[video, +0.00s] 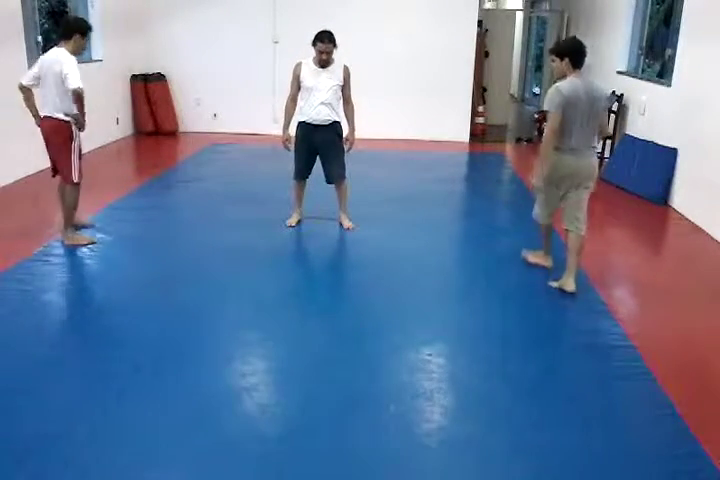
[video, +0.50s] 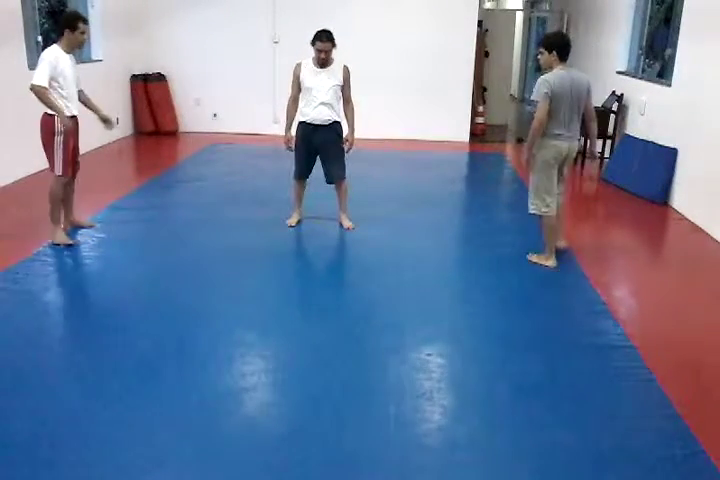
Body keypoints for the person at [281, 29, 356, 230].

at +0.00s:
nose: (324, 57)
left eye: (329, 53)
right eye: (321, 52)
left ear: (334, 50)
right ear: (313, 49)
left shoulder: (342, 71)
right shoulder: (301, 68)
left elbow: (347, 102)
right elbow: (292, 99)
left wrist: (351, 130)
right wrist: (285, 130)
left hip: (331, 129)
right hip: (305, 128)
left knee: (339, 177)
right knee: (300, 175)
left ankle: (343, 214)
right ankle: (297, 212)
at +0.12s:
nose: (324, 56)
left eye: (328, 52)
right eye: (320, 52)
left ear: (334, 50)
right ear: (313, 49)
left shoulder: (342, 71)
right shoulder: (301, 68)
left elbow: (347, 102)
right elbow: (293, 99)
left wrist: (351, 130)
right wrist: (286, 129)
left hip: (331, 129)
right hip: (305, 128)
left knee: (339, 177)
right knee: (300, 175)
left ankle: (343, 214)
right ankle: (297, 212)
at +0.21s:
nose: (324, 56)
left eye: (328, 52)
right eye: (320, 51)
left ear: (334, 50)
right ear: (313, 48)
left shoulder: (342, 71)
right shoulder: (301, 68)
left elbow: (347, 102)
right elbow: (293, 99)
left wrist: (350, 131)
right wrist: (287, 130)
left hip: (331, 129)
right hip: (305, 128)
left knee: (339, 177)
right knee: (300, 175)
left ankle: (343, 214)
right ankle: (297, 212)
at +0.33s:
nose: (323, 56)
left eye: (328, 52)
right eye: (320, 51)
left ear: (334, 50)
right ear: (313, 48)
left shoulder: (342, 71)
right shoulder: (301, 68)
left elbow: (347, 102)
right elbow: (293, 99)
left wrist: (350, 131)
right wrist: (287, 130)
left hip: (331, 129)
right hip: (305, 129)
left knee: (339, 177)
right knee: (300, 175)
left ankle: (343, 214)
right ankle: (297, 212)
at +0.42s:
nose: (323, 56)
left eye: (327, 52)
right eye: (319, 51)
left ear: (334, 50)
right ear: (313, 48)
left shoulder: (342, 71)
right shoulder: (301, 69)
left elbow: (347, 102)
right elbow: (293, 100)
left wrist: (350, 131)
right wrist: (287, 130)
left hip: (331, 129)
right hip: (305, 129)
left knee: (339, 177)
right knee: (300, 175)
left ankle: (343, 214)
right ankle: (297, 212)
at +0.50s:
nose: (323, 56)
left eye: (327, 51)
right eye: (319, 51)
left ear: (333, 49)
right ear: (312, 48)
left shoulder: (342, 71)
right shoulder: (301, 69)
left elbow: (347, 102)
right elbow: (293, 100)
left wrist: (351, 131)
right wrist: (288, 130)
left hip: (331, 129)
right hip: (305, 129)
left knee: (339, 177)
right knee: (300, 175)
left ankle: (343, 214)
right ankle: (297, 211)